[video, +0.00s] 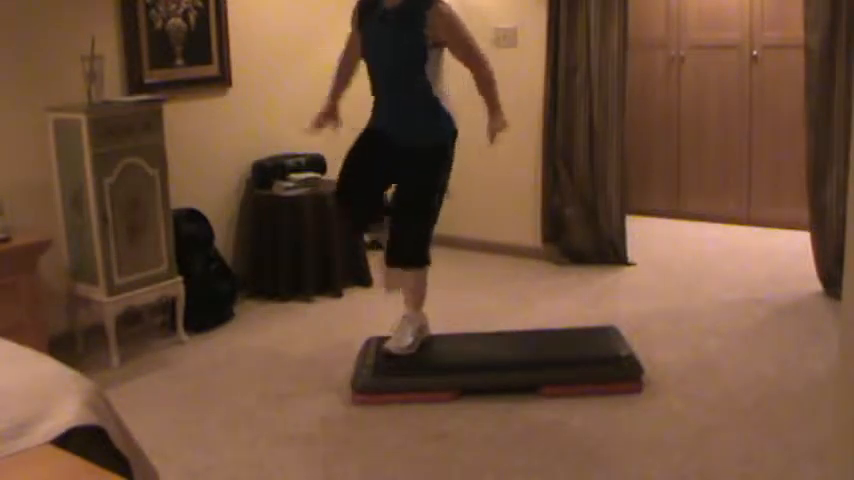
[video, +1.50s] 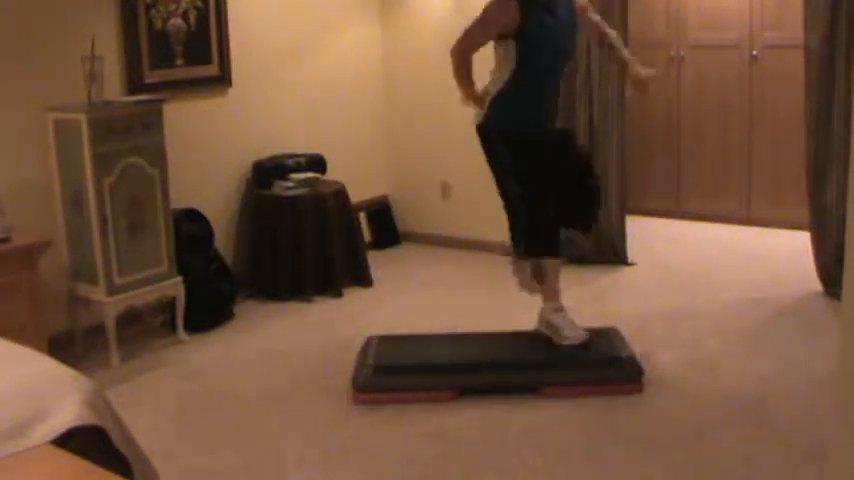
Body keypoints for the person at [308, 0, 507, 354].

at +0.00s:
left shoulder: (434, 12)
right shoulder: (366, 11)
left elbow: (478, 63)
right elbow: (350, 58)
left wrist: (494, 110)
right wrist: (332, 101)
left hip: (429, 134)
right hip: (384, 130)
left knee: (410, 228)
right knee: (349, 201)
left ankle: (414, 318)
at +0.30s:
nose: (404, 7)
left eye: (410, 3)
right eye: (398, 2)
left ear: (419, 3)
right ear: (386, 1)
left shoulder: (434, 32)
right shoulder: (362, 29)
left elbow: (489, 25)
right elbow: (309, 27)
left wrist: (527, 5)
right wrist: (264, 15)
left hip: (425, 149)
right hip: (378, 151)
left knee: (412, 233)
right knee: (382, 237)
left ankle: (415, 318)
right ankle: (385, 312)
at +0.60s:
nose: (446, 3)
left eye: (446, 1)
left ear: (444, 5)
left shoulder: (453, 34)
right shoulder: (386, 32)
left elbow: (486, 68)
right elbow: (333, 68)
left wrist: (513, 100)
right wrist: (309, 115)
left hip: (442, 145)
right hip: (396, 147)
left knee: (464, 224)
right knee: (393, 232)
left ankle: (462, 295)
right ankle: (382, 313)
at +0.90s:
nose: (485, 5)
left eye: (488, 2)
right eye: (479, 1)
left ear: (492, 5)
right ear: (463, 3)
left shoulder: (497, 38)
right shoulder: (437, 36)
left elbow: (508, 81)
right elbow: (395, 79)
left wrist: (511, 121)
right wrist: (383, 131)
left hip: (482, 152)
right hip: (442, 152)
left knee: (483, 233)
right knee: (454, 233)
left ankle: (464, 307)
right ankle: (428, 296)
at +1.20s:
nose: (525, 5)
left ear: (530, 4)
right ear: (497, 4)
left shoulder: (534, 38)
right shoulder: (482, 40)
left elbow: (587, 34)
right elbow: (434, 50)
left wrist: (625, 10)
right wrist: (435, 28)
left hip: (505, 161)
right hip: (473, 161)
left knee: (483, 235)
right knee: (531, 217)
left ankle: (462, 309)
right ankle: (550, 310)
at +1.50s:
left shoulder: (574, 6)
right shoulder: (510, 8)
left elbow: (603, 33)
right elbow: (460, 50)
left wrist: (632, 66)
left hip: (541, 123)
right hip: (504, 124)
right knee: (538, 207)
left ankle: (526, 254)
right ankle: (552, 309)